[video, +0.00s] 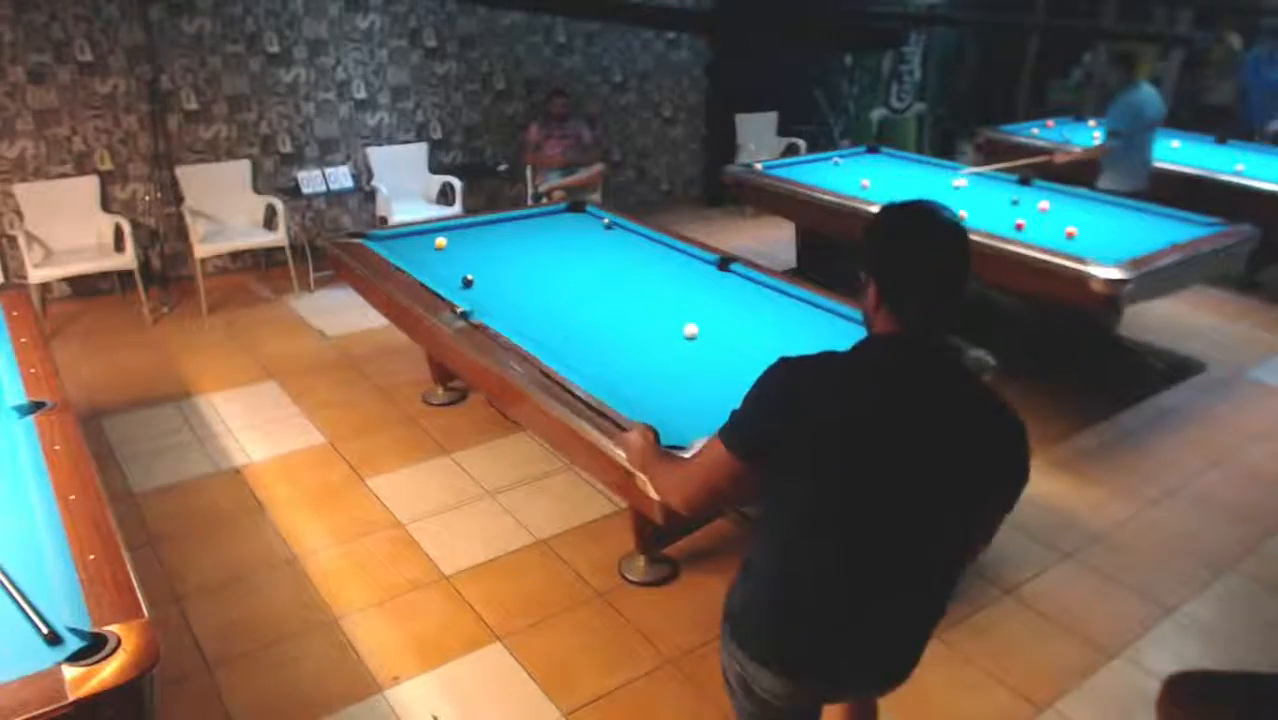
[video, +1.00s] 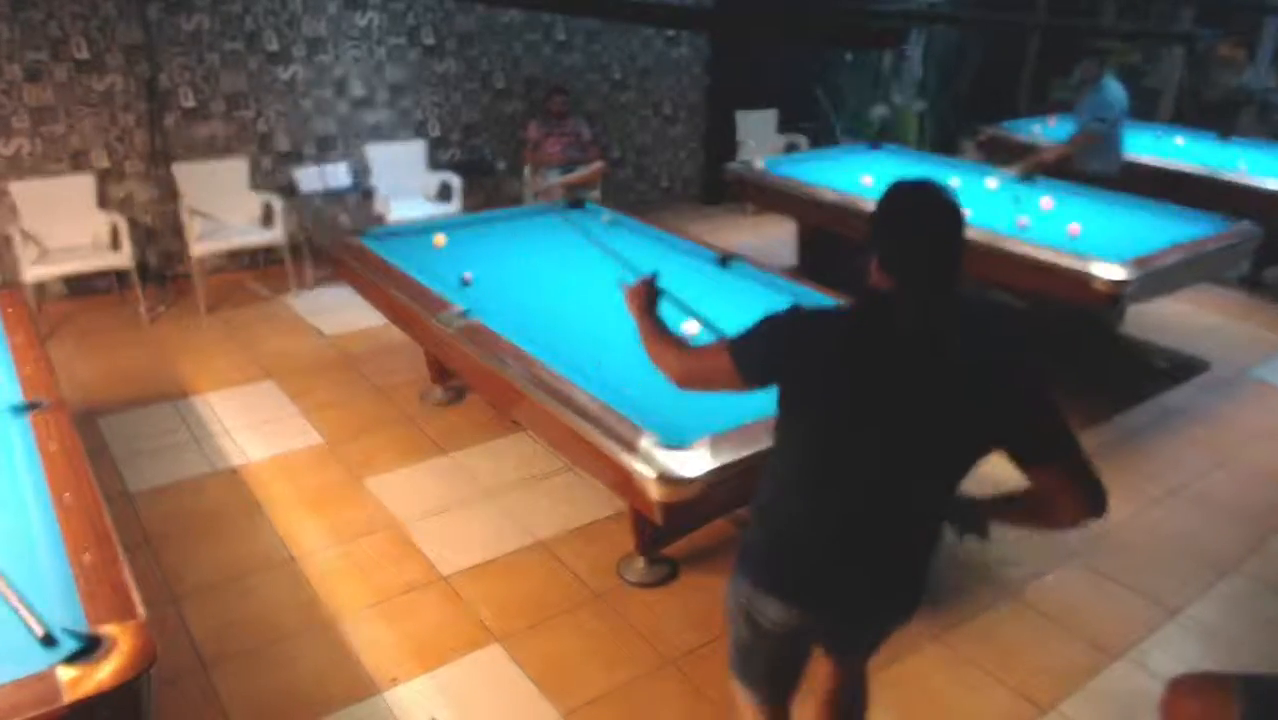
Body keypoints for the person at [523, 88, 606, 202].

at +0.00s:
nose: (560, 110)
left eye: (564, 106)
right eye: (556, 106)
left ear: (569, 107)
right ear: (549, 107)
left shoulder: (578, 125)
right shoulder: (539, 127)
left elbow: (591, 151)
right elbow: (529, 157)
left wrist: (570, 159)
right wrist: (554, 161)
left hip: (576, 166)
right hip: (549, 170)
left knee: (600, 169)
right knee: (559, 196)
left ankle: (548, 188)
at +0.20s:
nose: (560, 110)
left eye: (564, 106)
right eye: (556, 106)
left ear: (569, 107)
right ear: (549, 107)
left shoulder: (578, 125)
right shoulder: (539, 127)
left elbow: (591, 151)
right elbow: (530, 156)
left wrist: (570, 159)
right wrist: (554, 161)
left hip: (576, 166)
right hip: (550, 170)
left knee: (600, 169)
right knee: (559, 196)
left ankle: (548, 188)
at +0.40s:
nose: (560, 110)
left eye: (564, 106)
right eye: (556, 106)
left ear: (569, 107)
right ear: (549, 107)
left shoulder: (578, 125)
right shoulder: (539, 127)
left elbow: (591, 151)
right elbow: (530, 156)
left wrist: (570, 159)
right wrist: (554, 161)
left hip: (576, 166)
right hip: (550, 170)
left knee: (600, 169)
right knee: (559, 196)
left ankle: (548, 188)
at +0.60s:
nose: (559, 110)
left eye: (563, 106)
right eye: (555, 106)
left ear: (568, 107)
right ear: (548, 107)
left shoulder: (578, 125)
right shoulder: (539, 126)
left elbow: (592, 152)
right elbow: (530, 157)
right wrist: (555, 162)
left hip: (577, 166)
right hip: (550, 170)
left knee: (601, 168)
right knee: (558, 196)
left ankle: (550, 187)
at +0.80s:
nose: (559, 110)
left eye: (563, 106)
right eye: (555, 106)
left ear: (568, 107)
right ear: (548, 107)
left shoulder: (578, 125)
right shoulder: (539, 126)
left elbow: (592, 152)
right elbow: (530, 157)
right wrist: (555, 162)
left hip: (577, 166)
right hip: (550, 170)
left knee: (601, 168)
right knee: (558, 196)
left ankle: (550, 187)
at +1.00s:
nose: (559, 108)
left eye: (563, 104)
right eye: (555, 103)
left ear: (568, 105)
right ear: (548, 104)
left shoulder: (577, 123)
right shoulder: (538, 125)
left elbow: (591, 149)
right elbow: (530, 156)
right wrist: (554, 160)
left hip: (577, 164)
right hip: (548, 167)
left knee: (600, 166)